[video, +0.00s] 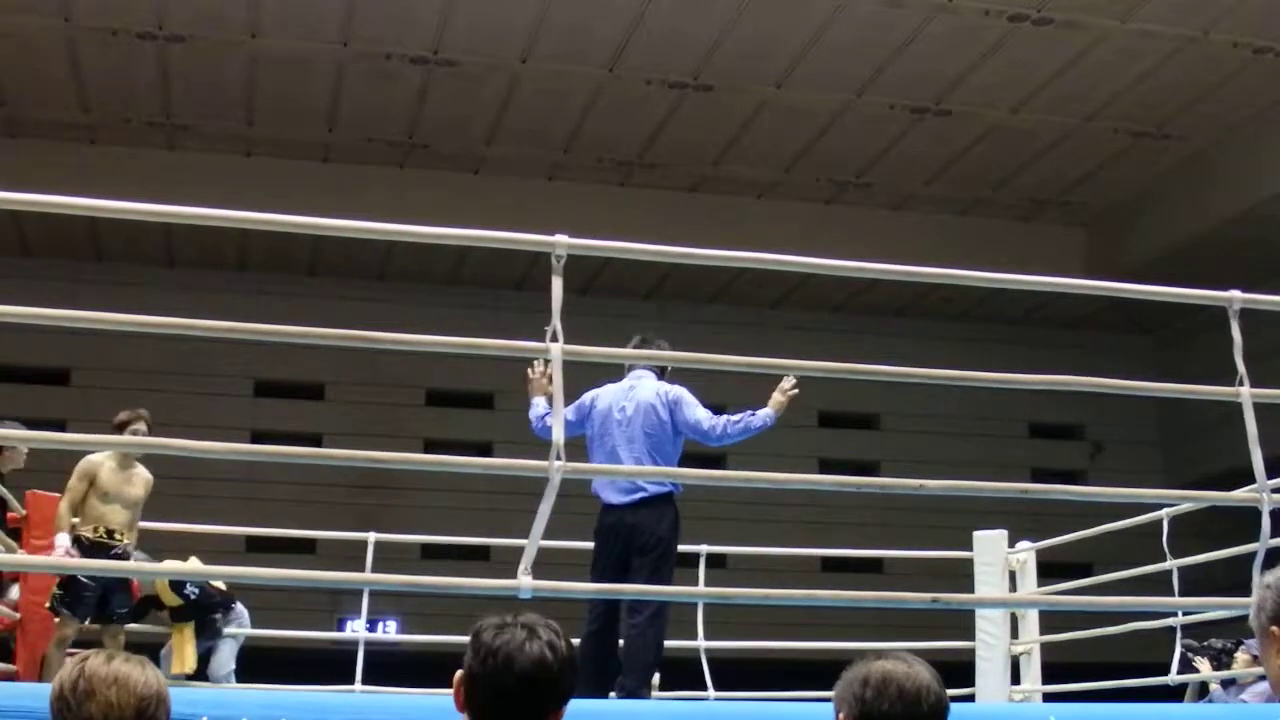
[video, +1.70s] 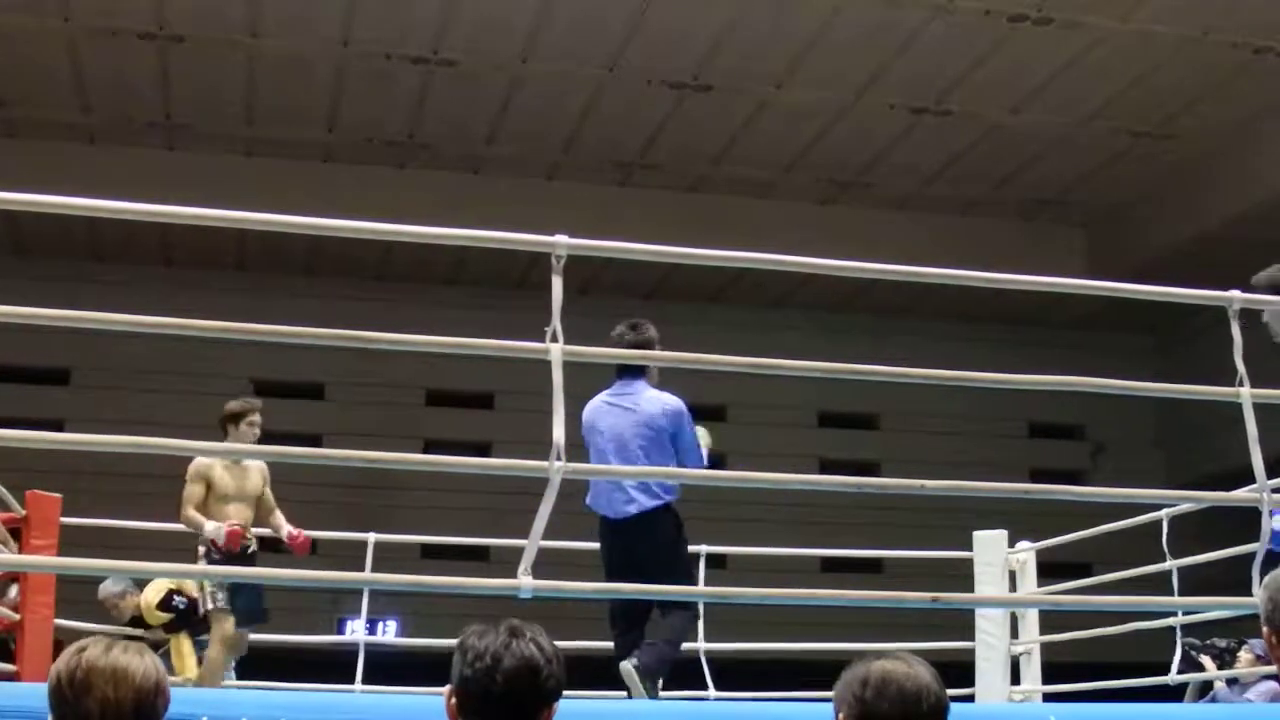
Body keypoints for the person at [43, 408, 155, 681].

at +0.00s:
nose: (140, 439)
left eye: (144, 434)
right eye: (134, 433)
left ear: (148, 439)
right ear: (119, 434)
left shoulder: (145, 478)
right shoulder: (92, 464)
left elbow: (134, 523)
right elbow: (66, 504)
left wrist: (127, 553)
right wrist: (63, 541)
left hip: (120, 553)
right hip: (86, 548)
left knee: (115, 636)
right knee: (66, 632)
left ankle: (115, 704)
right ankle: (48, 697)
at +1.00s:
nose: (144, 439)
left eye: (147, 434)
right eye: (138, 433)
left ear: (148, 437)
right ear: (120, 433)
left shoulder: (147, 474)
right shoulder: (94, 470)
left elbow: (145, 523)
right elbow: (80, 516)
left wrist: (155, 562)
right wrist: (105, 537)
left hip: (136, 567)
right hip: (101, 566)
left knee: (159, 636)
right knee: (77, 637)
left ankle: (160, 707)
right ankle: (54, 704)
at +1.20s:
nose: (190, 441)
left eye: (192, 435)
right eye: (184, 434)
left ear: (191, 440)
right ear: (165, 435)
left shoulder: (184, 478)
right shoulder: (141, 469)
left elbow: (181, 525)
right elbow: (123, 515)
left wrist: (200, 555)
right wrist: (133, 560)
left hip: (174, 565)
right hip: (142, 562)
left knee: (185, 640)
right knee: (113, 635)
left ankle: (178, 711)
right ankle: (74, 690)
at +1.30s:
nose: (211, 436)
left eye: (213, 430)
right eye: (205, 429)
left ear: (211, 434)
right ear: (185, 431)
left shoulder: (203, 473)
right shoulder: (160, 462)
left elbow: (199, 521)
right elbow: (136, 505)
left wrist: (224, 537)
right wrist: (143, 551)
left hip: (186, 556)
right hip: (157, 553)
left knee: (184, 638)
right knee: (140, 630)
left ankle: (178, 707)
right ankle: (98, 675)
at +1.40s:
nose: (228, 434)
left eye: (230, 429)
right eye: (223, 428)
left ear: (227, 431)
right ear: (203, 428)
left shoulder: (220, 470)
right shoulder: (172, 460)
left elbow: (221, 516)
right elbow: (144, 499)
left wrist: (246, 524)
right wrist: (158, 534)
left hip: (198, 553)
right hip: (170, 550)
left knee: (187, 635)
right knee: (164, 627)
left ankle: (174, 702)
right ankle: (130, 683)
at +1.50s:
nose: (239, 437)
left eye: (242, 432)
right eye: (234, 430)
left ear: (241, 434)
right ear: (214, 430)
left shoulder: (236, 473)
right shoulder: (184, 462)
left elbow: (247, 516)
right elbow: (155, 503)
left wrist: (265, 524)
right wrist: (176, 524)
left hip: (212, 552)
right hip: (182, 549)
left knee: (200, 629)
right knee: (187, 624)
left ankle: (179, 694)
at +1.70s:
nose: (257, 431)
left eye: (259, 426)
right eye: (251, 425)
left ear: (259, 429)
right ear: (231, 427)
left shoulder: (259, 468)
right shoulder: (204, 465)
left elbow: (271, 511)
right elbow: (187, 511)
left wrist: (286, 530)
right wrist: (209, 528)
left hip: (246, 556)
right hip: (215, 555)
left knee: (240, 639)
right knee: (222, 634)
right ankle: (205, 705)